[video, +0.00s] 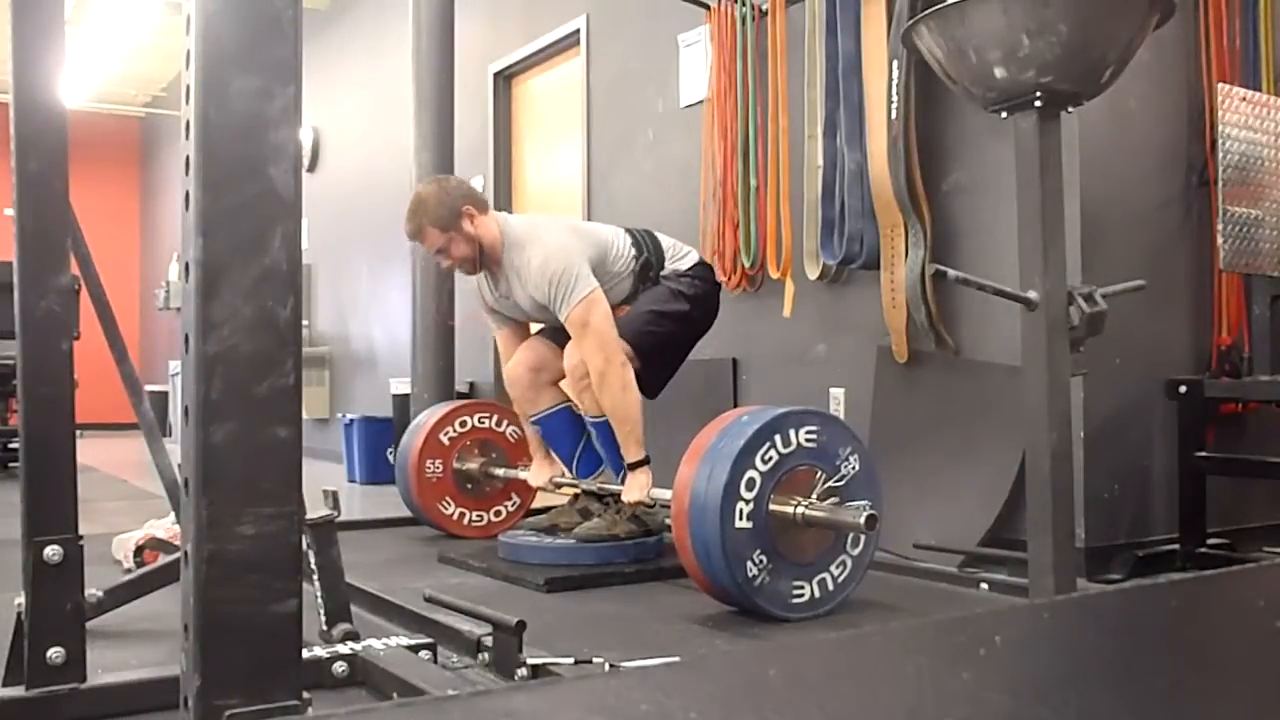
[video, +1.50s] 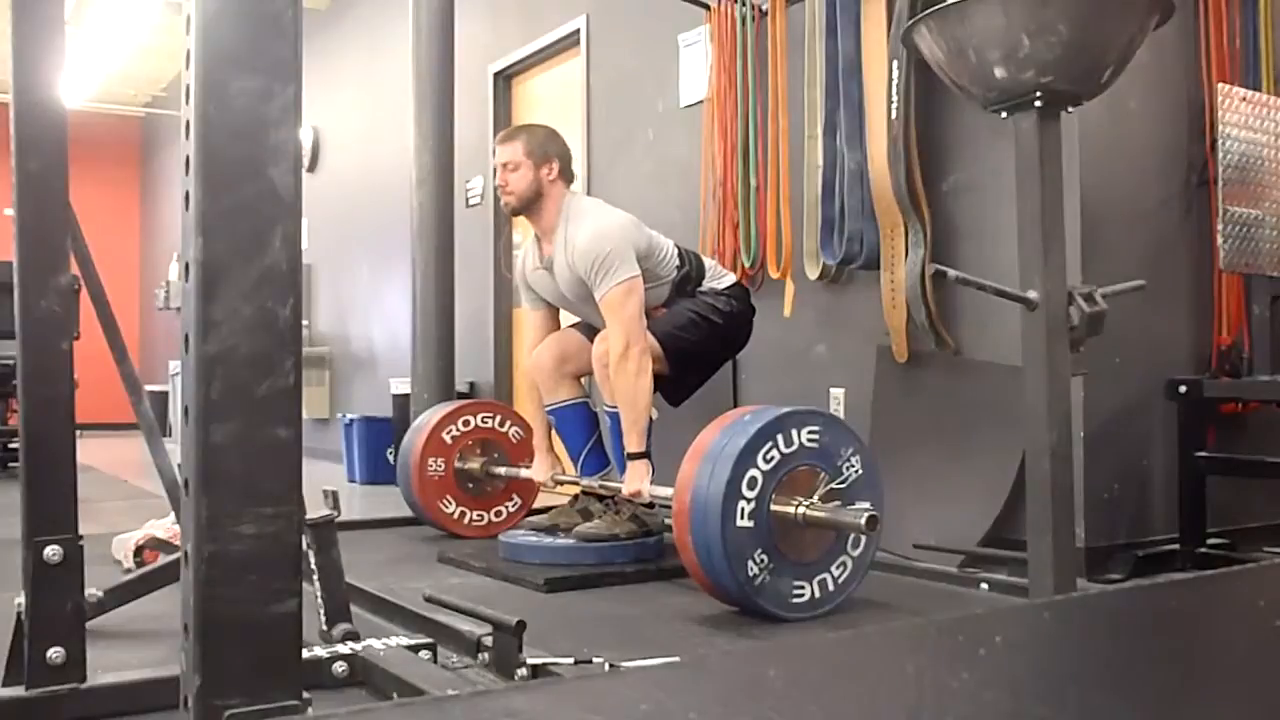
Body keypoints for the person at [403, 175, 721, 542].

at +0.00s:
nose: (444, 264)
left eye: (444, 250)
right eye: (436, 257)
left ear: (470, 218)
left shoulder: (548, 255)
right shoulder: (490, 279)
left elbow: (608, 361)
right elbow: (519, 372)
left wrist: (637, 468)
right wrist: (540, 456)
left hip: (678, 279)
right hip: (616, 294)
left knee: (584, 368)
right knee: (524, 374)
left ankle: (633, 493)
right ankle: (596, 491)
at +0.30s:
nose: (458, 241)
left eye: (460, 226)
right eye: (450, 233)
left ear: (492, 199)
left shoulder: (567, 246)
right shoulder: (503, 273)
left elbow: (619, 355)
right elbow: (523, 366)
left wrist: (637, 466)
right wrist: (539, 455)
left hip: (690, 283)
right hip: (627, 299)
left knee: (598, 359)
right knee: (533, 366)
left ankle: (630, 500)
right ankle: (599, 491)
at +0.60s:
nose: (483, 191)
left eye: (493, 177)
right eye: (481, 180)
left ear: (533, 176)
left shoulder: (588, 235)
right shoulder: (521, 261)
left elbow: (626, 350)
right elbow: (535, 359)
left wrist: (635, 463)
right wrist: (539, 453)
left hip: (707, 292)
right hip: (642, 303)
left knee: (606, 353)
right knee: (543, 364)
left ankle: (633, 499)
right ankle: (599, 493)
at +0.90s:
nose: (495, 174)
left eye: (508, 161)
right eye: (495, 163)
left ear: (547, 170)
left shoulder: (594, 233)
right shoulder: (528, 247)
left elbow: (627, 352)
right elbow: (537, 356)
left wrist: (635, 460)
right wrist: (540, 450)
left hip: (711, 302)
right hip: (644, 311)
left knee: (608, 354)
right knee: (545, 364)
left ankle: (633, 503)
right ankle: (600, 493)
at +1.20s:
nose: (506, 167)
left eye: (520, 156)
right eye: (507, 157)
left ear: (559, 167)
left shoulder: (599, 231)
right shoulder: (531, 251)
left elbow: (631, 352)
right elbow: (538, 360)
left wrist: (636, 459)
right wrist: (541, 449)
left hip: (711, 308)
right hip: (644, 316)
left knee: (609, 357)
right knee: (546, 364)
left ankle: (632, 501)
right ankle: (598, 492)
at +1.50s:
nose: (499, 181)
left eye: (511, 168)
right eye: (497, 170)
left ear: (549, 172)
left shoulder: (598, 233)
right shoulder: (531, 256)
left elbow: (630, 351)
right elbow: (539, 358)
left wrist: (637, 460)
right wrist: (542, 450)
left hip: (714, 301)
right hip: (646, 311)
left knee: (612, 353)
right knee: (548, 362)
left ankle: (634, 502)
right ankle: (600, 492)